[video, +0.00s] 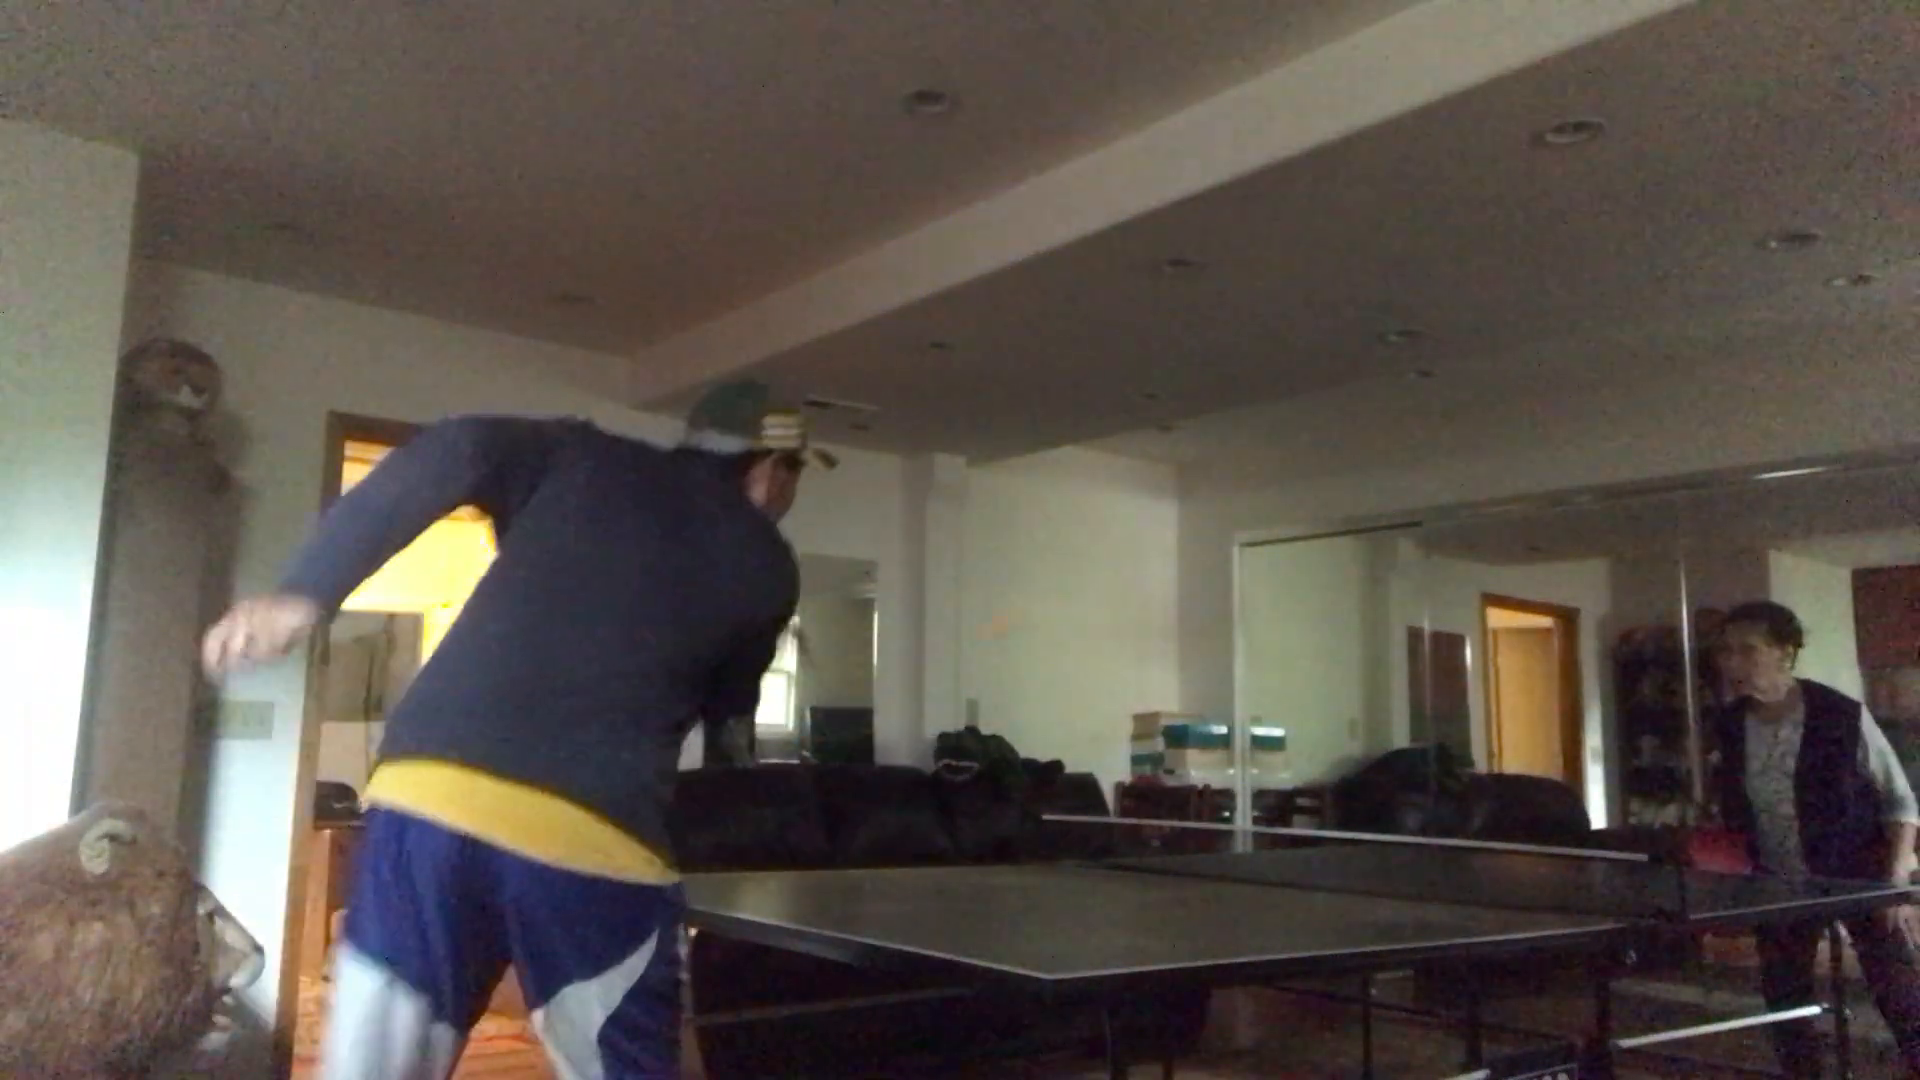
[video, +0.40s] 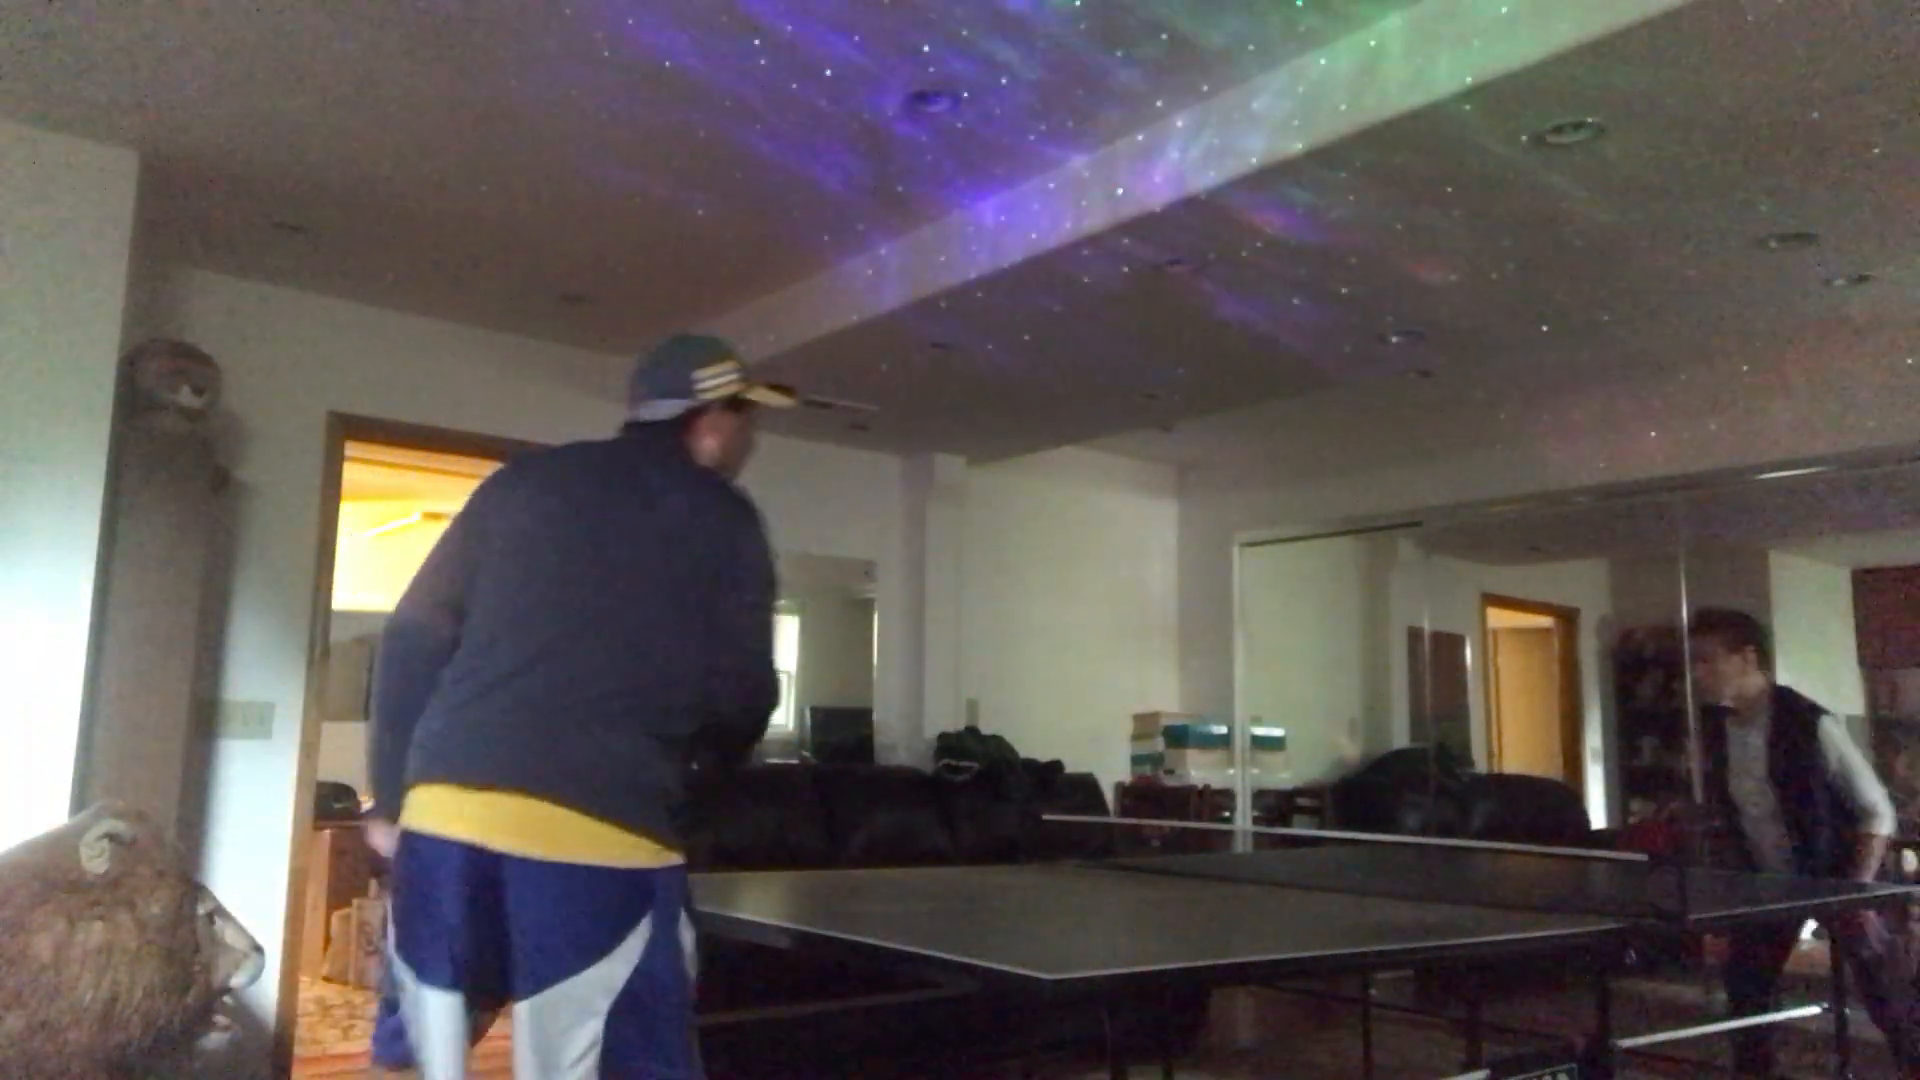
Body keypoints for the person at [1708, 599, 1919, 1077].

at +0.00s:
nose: (1733, 663)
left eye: (1745, 649)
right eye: (1728, 651)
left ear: (1784, 653)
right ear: (1722, 660)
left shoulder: (1842, 715)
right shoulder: (1729, 726)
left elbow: (1901, 802)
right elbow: (1728, 814)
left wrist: (1899, 885)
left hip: (1855, 877)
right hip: (1777, 884)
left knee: (1901, 995)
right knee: (1784, 1006)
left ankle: (1916, 1061)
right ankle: (1802, 1072)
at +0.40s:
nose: (1698, 672)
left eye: (1708, 659)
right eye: (1696, 661)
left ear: (1747, 658)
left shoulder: (1811, 723)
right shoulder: (1712, 731)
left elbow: (1878, 812)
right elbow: (1710, 816)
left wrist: (1856, 893)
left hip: (1834, 881)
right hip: (1766, 885)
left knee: (1884, 988)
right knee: (1745, 987)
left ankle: (1909, 1060)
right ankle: (1752, 1070)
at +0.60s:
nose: (1666, 675)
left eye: (1674, 660)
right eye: (1662, 663)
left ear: (1710, 653)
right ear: (1707, 657)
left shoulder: (1778, 716)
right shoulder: (1703, 721)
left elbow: (1833, 811)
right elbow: (1713, 809)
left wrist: (1805, 893)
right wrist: (1728, 882)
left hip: (1802, 875)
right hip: (1744, 878)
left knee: (1854, 992)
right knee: (1739, 987)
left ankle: (1903, 1067)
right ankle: (1753, 1068)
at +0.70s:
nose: (1661, 669)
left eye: (1669, 654)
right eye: (1659, 657)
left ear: (1708, 650)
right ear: (1703, 654)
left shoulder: (1772, 715)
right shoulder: (1699, 718)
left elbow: (1825, 810)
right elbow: (1710, 805)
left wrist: (1795, 892)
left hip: (1795, 866)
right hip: (1738, 872)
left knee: (1844, 982)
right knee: (1736, 983)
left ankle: (1896, 1060)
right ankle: (1750, 1068)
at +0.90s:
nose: (1675, 653)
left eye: (1684, 640)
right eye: (1675, 642)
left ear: (1722, 644)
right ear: (1714, 647)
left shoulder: (1788, 711)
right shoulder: (1694, 711)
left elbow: (1839, 803)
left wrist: (1812, 889)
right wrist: (1596, 724)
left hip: (1797, 875)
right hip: (1732, 880)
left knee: (1855, 990)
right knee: (1738, 992)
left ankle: (1902, 1068)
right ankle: (1748, 1070)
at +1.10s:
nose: (1707, 651)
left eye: (1719, 639)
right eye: (1703, 640)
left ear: (1759, 643)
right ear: (1702, 647)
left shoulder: (1803, 712)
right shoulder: (1699, 707)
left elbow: (1849, 809)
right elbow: (1650, 749)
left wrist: (1824, 890)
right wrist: (1602, 739)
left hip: (1807, 862)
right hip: (1739, 869)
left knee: (1860, 983)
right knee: (1744, 988)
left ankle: (1902, 1067)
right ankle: (1750, 1069)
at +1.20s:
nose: (1713, 652)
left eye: (1729, 640)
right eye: (1710, 640)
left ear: (1768, 648)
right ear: (1705, 647)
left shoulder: (1811, 717)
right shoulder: (1703, 714)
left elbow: (1854, 814)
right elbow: (1671, 781)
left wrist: (1831, 894)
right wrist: (1651, 790)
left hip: (1809, 870)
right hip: (1736, 874)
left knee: (1860, 981)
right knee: (1743, 991)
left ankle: (1901, 1063)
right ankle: (1751, 1072)